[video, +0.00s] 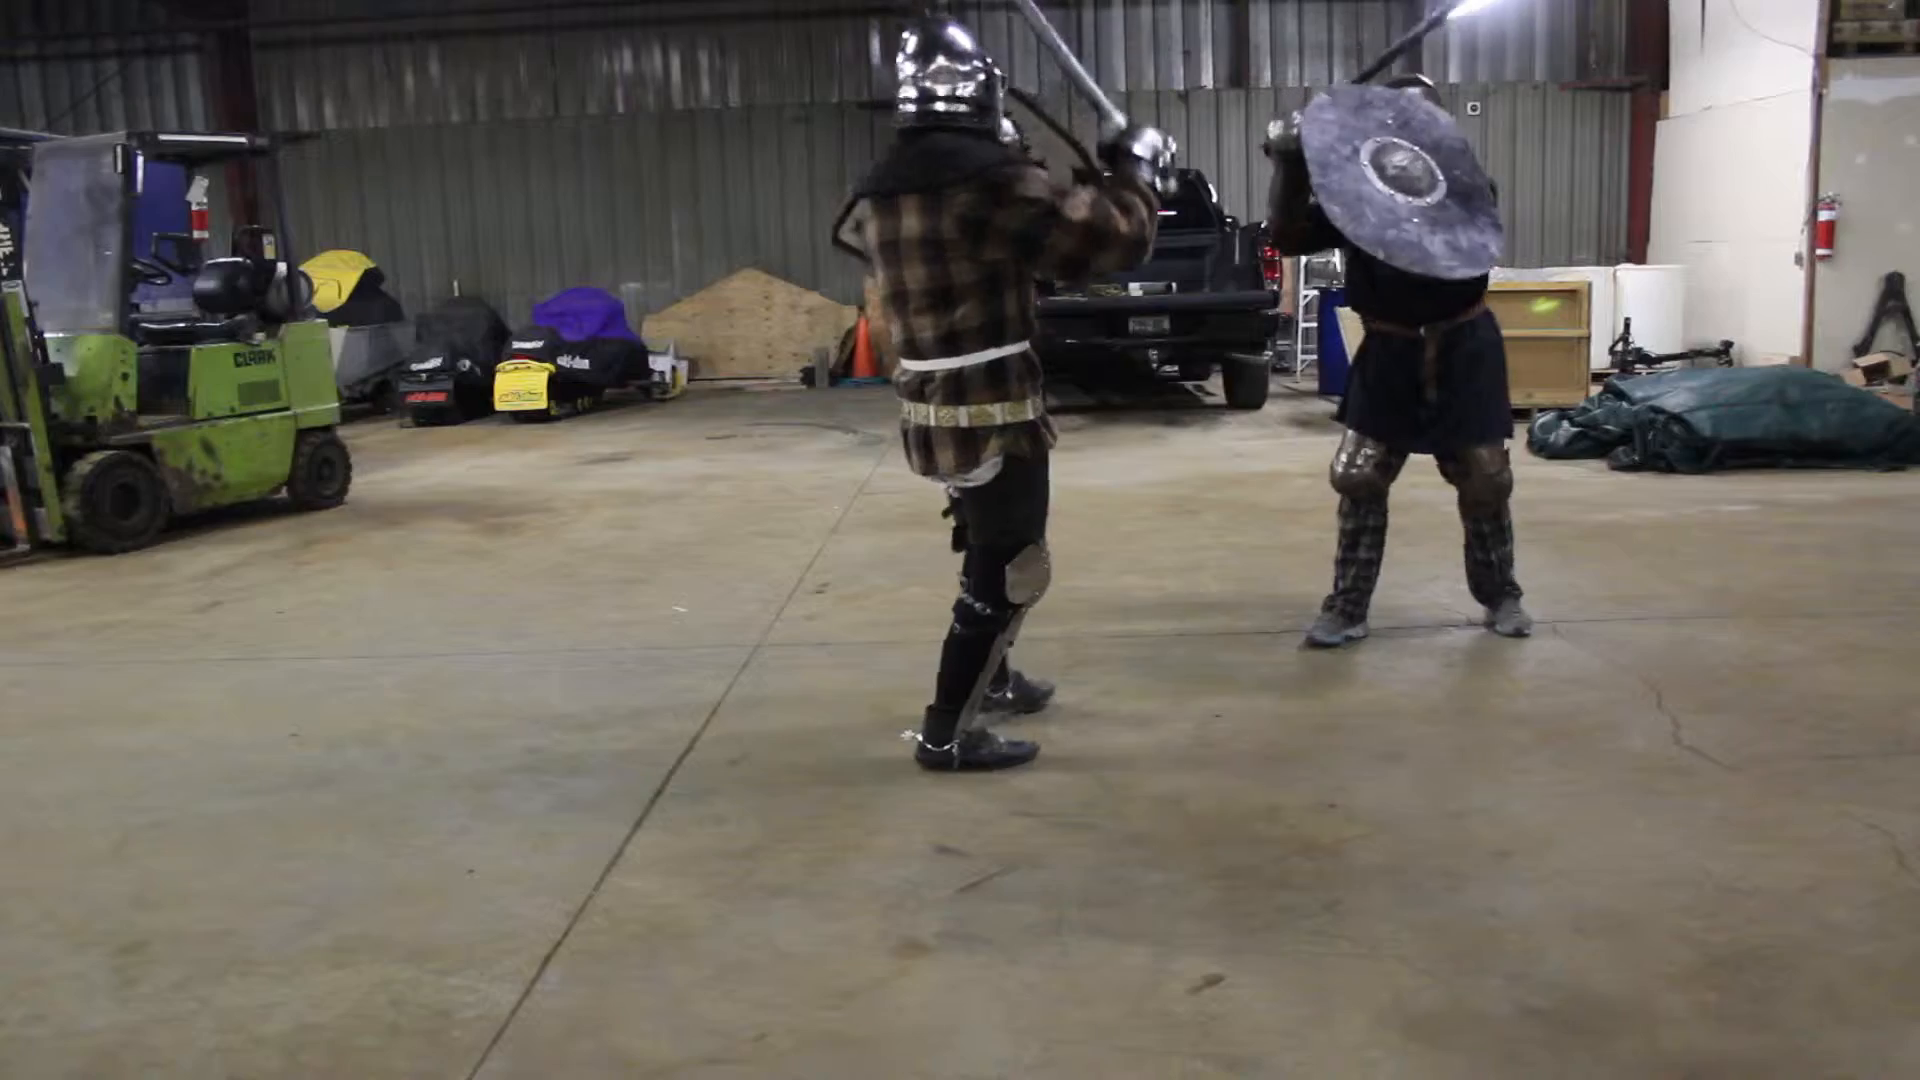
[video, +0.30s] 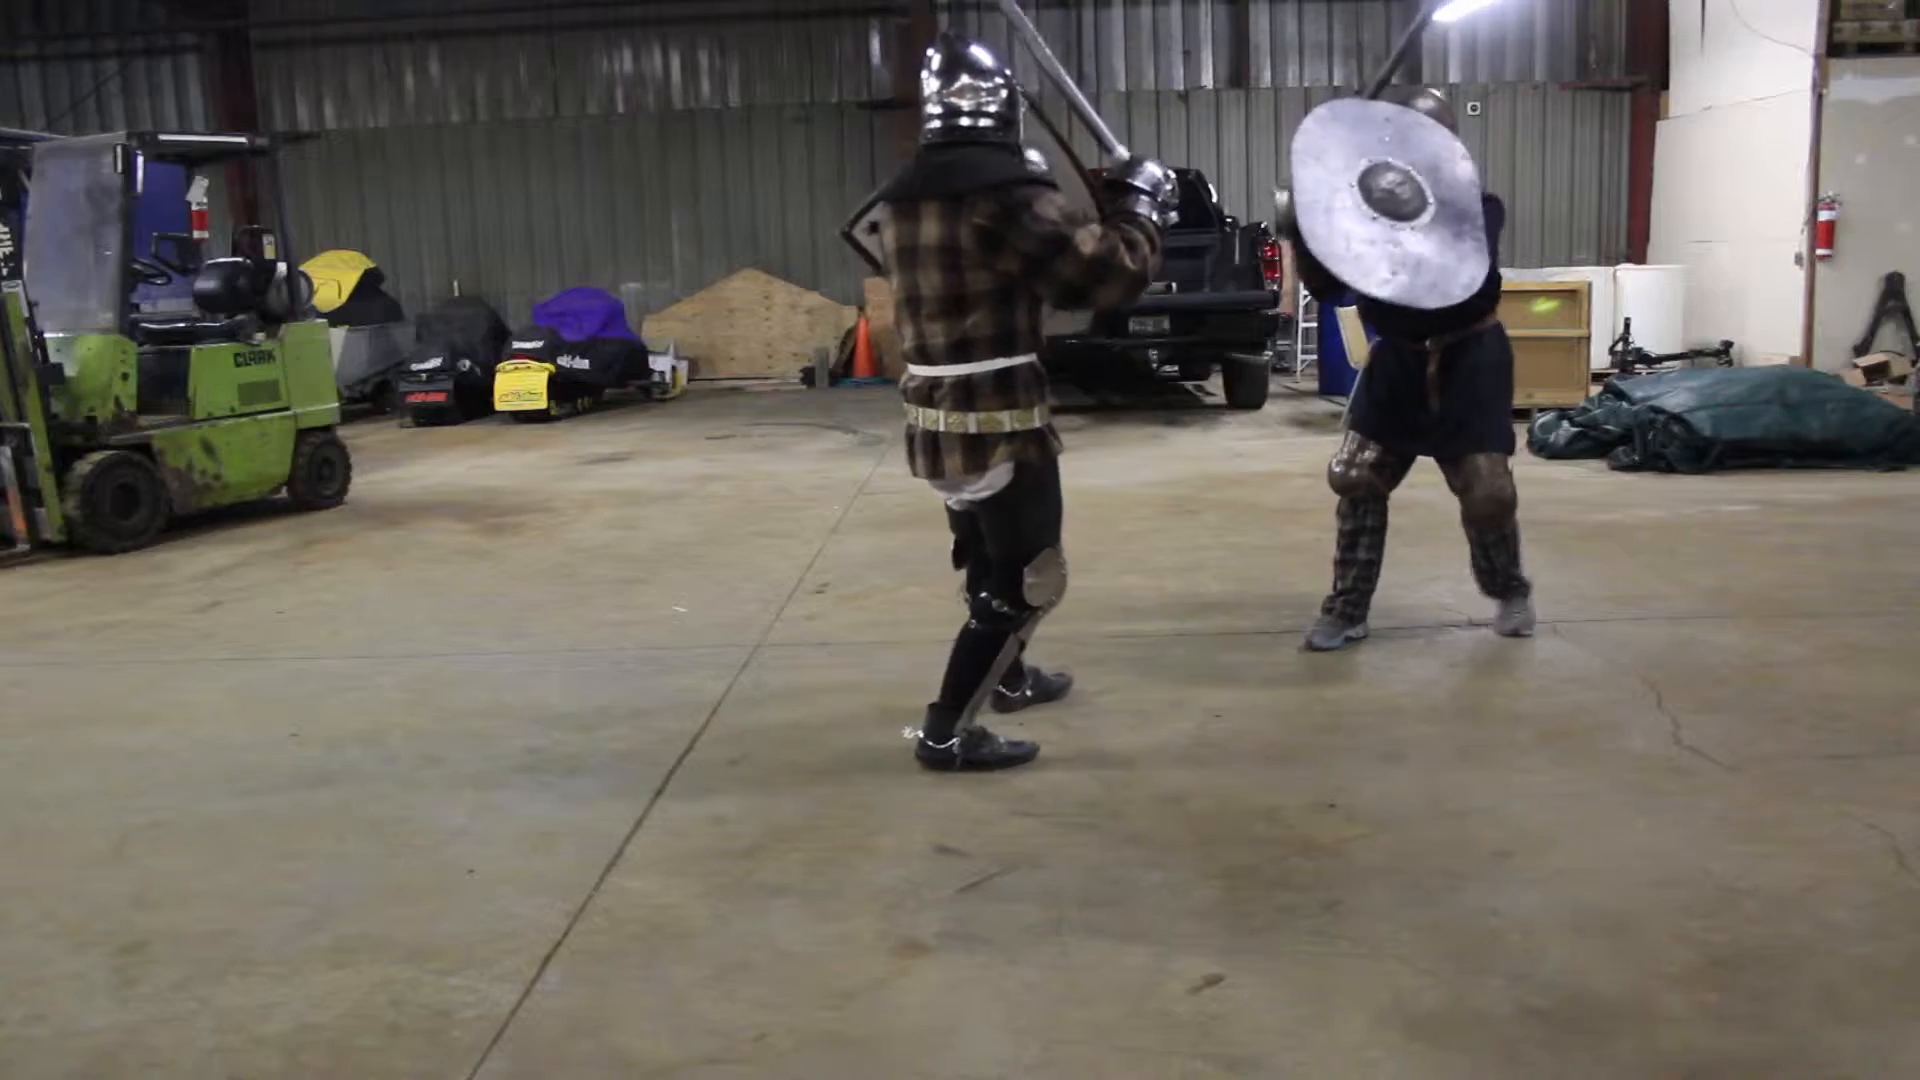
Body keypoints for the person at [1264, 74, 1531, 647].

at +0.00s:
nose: (1403, 147)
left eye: (1416, 133)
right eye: (1390, 137)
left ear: (1435, 142)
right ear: (1373, 149)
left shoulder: (1463, 193)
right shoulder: (1356, 202)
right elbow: (1288, 236)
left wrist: (1432, 127)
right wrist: (1291, 161)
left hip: (1467, 341)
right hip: (1388, 344)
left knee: (1487, 473)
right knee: (1358, 476)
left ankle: (1502, 596)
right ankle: (1347, 608)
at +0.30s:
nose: (1421, 150)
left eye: (1432, 138)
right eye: (1409, 138)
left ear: (1451, 144)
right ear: (1391, 144)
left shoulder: (1476, 208)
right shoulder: (1370, 210)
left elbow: (1464, 275)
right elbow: (1330, 290)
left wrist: (1421, 206)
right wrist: (1300, 231)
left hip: (1471, 349)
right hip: (1395, 352)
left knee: (1486, 487)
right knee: (1357, 477)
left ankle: (1511, 593)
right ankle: (1346, 611)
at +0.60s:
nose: (1456, 168)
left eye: (1465, 155)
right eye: (1445, 156)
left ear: (1482, 161)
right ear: (1426, 163)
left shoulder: (1504, 225)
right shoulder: (1406, 228)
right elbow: (1343, 289)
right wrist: (1339, 219)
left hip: (1504, 363)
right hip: (1434, 366)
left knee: (1507, 499)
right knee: (1383, 480)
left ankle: (1545, 601)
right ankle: (1350, 606)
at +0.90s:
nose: (1442, 144)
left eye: (1455, 132)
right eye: (1431, 131)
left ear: (1477, 138)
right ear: (1415, 134)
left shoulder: (1504, 206)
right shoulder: (1403, 199)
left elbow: (1508, 290)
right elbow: (1342, 260)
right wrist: (1329, 204)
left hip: (1499, 342)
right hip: (1428, 343)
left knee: (1505, 485)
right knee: (1372, 462)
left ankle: (1542, 598)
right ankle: (1378, 581)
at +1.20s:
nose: (1403, 149)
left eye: (1416, 137)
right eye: (1392, 136)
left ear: (1436, 143)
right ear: (1377, 139)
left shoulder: (1457, 204)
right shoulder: (1363, 201)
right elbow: (1311, 272)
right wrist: (1292, 224)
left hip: (1456, 342)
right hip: (1387, 341)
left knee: (1470, 472)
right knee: (1347, 466)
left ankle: (1524, 591)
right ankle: (1376, 588)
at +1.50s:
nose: (1383, 157)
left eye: (1396, 146)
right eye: (1373, 147)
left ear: (1412, 149)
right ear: (1355, 152)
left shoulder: (1434, 199)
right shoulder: (1333, 201)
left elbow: (1459, 267)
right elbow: (1298, 291)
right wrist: (1281, 238)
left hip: (1445, 332)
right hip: (1378, 342)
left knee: (1457, 466)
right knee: (1340, 472)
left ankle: (1489, 597)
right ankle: (1376, 587)